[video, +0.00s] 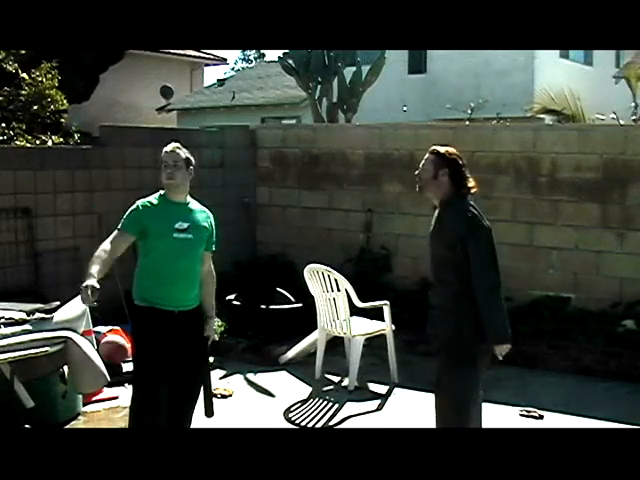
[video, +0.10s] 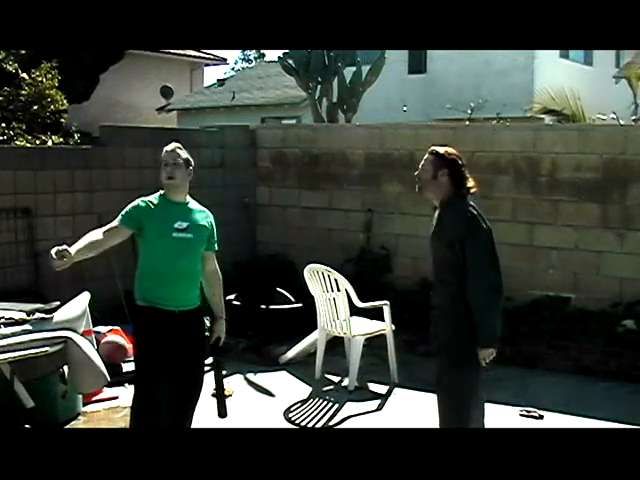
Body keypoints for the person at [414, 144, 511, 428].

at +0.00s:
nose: (417, 177)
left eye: (423, 172)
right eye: (419, 171)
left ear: (442, 177)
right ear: (441, 177)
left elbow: (486, 282)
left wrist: (499, 335)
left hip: (466, 333)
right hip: (451, 330)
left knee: (457, 411)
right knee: (454, 409)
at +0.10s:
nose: (417, 178)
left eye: (423, 172)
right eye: (419, 172)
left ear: (442, 176)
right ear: (441, 177)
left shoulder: (467, 221)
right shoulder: (448, 216)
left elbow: (483, 283)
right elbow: (457, 280)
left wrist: (486, 340)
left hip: (462, 336)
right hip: (449, 332)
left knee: (458, 413)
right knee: (455, 411)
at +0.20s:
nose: (418, 177)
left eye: (424, 172)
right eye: (419, 171)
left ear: (443, 177)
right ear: (441, 177)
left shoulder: (463, 222)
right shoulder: (450, 217)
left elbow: (468, 287)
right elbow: (455, 284)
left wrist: (459, 344)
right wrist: (449, 338)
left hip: (466, 340)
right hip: (455, 336)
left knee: (462, 416)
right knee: (457, 414)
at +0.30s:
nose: (419, 179)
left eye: (425, 173)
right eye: (420, 173)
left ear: (445, 178)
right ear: (443, 179)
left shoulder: (460, 222)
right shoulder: (452, 217)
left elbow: (455, 291)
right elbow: (450, 288)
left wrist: (435, 342)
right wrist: (435, 334)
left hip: (470, 331)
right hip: (462, 328)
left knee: (460, 413)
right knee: (460, 411)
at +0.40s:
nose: (420, 179)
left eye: (425, 173)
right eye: (422, 173)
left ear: (445, 178)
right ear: (445, 178)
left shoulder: (464, 221)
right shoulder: (451, 216)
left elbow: (454, 290)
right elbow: (442, 280)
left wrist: (416, 336)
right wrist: (408, 307)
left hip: (466, 341)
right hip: (454, 336)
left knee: (457, 416)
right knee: (451, 413)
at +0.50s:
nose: (422, 180)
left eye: (427, 172)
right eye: (423, 172)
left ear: (446, 176)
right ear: (445, 177)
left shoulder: (463, 223)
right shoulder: (450, 216)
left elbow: (447, 291)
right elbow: (438, 278)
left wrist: (405, 337)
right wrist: (403, 305)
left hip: (462, 342)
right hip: (450, 336)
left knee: (453, 418)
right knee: (447, 415)